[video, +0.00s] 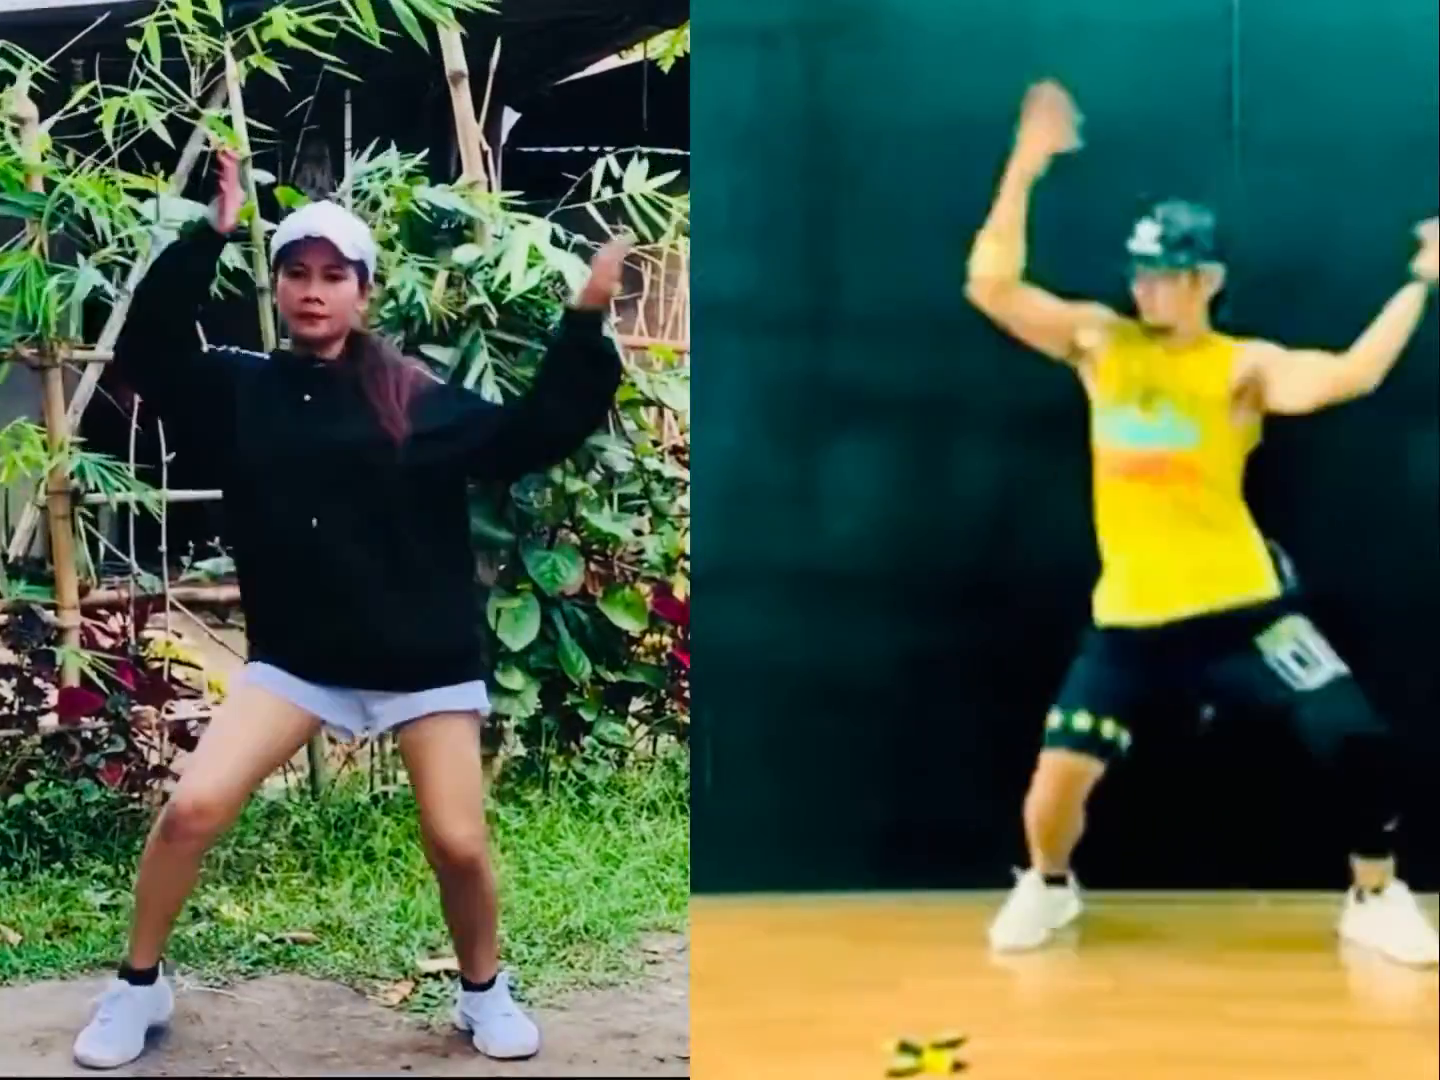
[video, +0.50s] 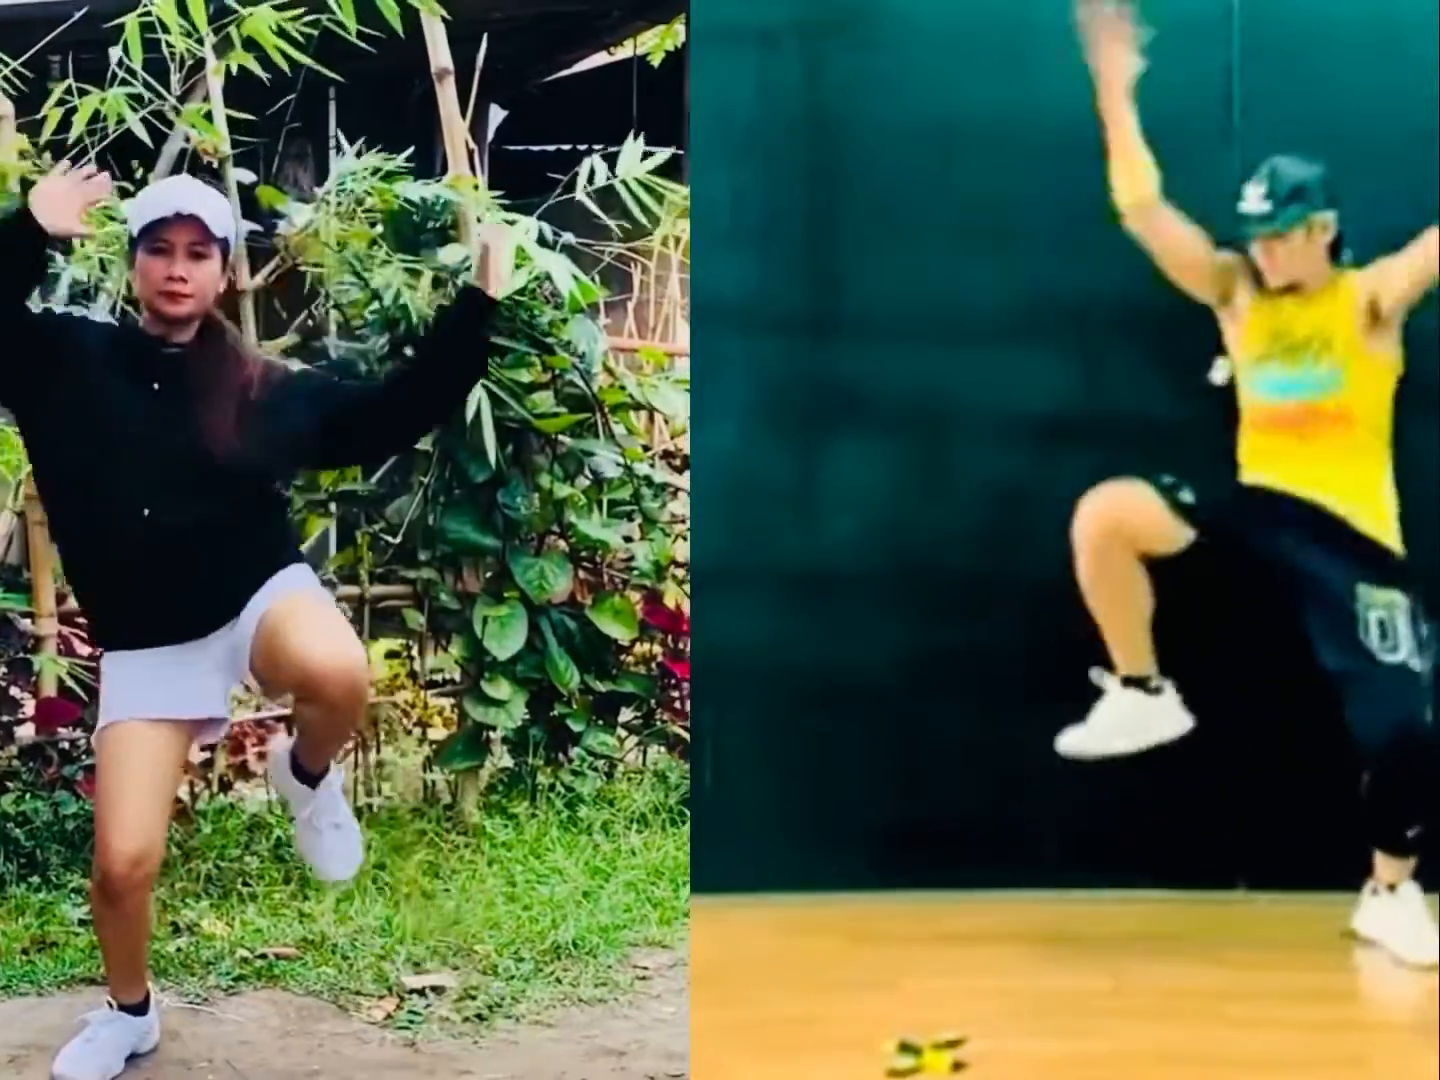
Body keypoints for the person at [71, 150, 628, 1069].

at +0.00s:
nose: (312, 291)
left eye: (332, 277)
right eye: (297, 275)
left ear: (365, 292)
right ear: (273, 288)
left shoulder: (415, 394)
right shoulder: (237, 388)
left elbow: (541, 430)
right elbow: (149, 347)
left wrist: (589, 316)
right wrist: (212, 231)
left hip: (427, 659)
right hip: (294, 656)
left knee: (461, 846)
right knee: (192, 809)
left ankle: (484, 993)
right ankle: (139, 986)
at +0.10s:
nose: (284, 289)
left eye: (305, 273)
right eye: (268, 272)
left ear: (337, 292)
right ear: (246, 288)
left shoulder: (389, 394)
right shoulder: (189, 395)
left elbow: (488, 373)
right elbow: (79, 379)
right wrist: (109, 314)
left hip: (378, 670)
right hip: (237, 674)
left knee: (437, 847)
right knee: (166, 844)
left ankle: (483, 990)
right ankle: (144, 996)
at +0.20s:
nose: (246, 254)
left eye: (267, 238)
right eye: (230, 237)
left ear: (303, 257)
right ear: (207, 255)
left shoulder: (348, 355)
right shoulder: (140, 364)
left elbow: (448, 295)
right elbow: (16, 344)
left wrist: (348, 229)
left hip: (322, 630)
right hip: (179, 646)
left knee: (415, 799)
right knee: (133, 840)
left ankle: (455, 963)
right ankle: (137, 997)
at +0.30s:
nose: (206, 245)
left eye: (228, 230)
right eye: (190, 228)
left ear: (260, 247)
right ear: (166, 242)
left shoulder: (297, 347)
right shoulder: (104, 345)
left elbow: (419, 332)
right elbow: (6, 311)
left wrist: (368, 275)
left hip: (288, 607)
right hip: (152, 629)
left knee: (386, 759)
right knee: (117, 842)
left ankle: (368, 889)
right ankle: (125, 1009)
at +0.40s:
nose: (180, 258)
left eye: (202, 243)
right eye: (164, 240)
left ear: (234, 263)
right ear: (139, 255)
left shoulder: (263, 370)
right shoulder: (79, 351)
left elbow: (380, 410)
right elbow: (2, 284)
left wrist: (458, 330)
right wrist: (7, 144)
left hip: (272, 592)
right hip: (151, 628)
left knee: (348, 713)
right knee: (118, 850)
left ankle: (311, 800)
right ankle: (128, 1012)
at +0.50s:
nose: (176, 269)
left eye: (198, 252)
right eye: (159, 250)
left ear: (228, 273)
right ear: (130, 264)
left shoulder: (255, 389)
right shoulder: (65, 366)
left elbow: (384, 418)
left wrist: (480, 302)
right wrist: (29, 230)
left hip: (260, 593)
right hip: (143, 638)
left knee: (340, 675)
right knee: (121, 863)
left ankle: (307, 777)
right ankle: (128, 1012)